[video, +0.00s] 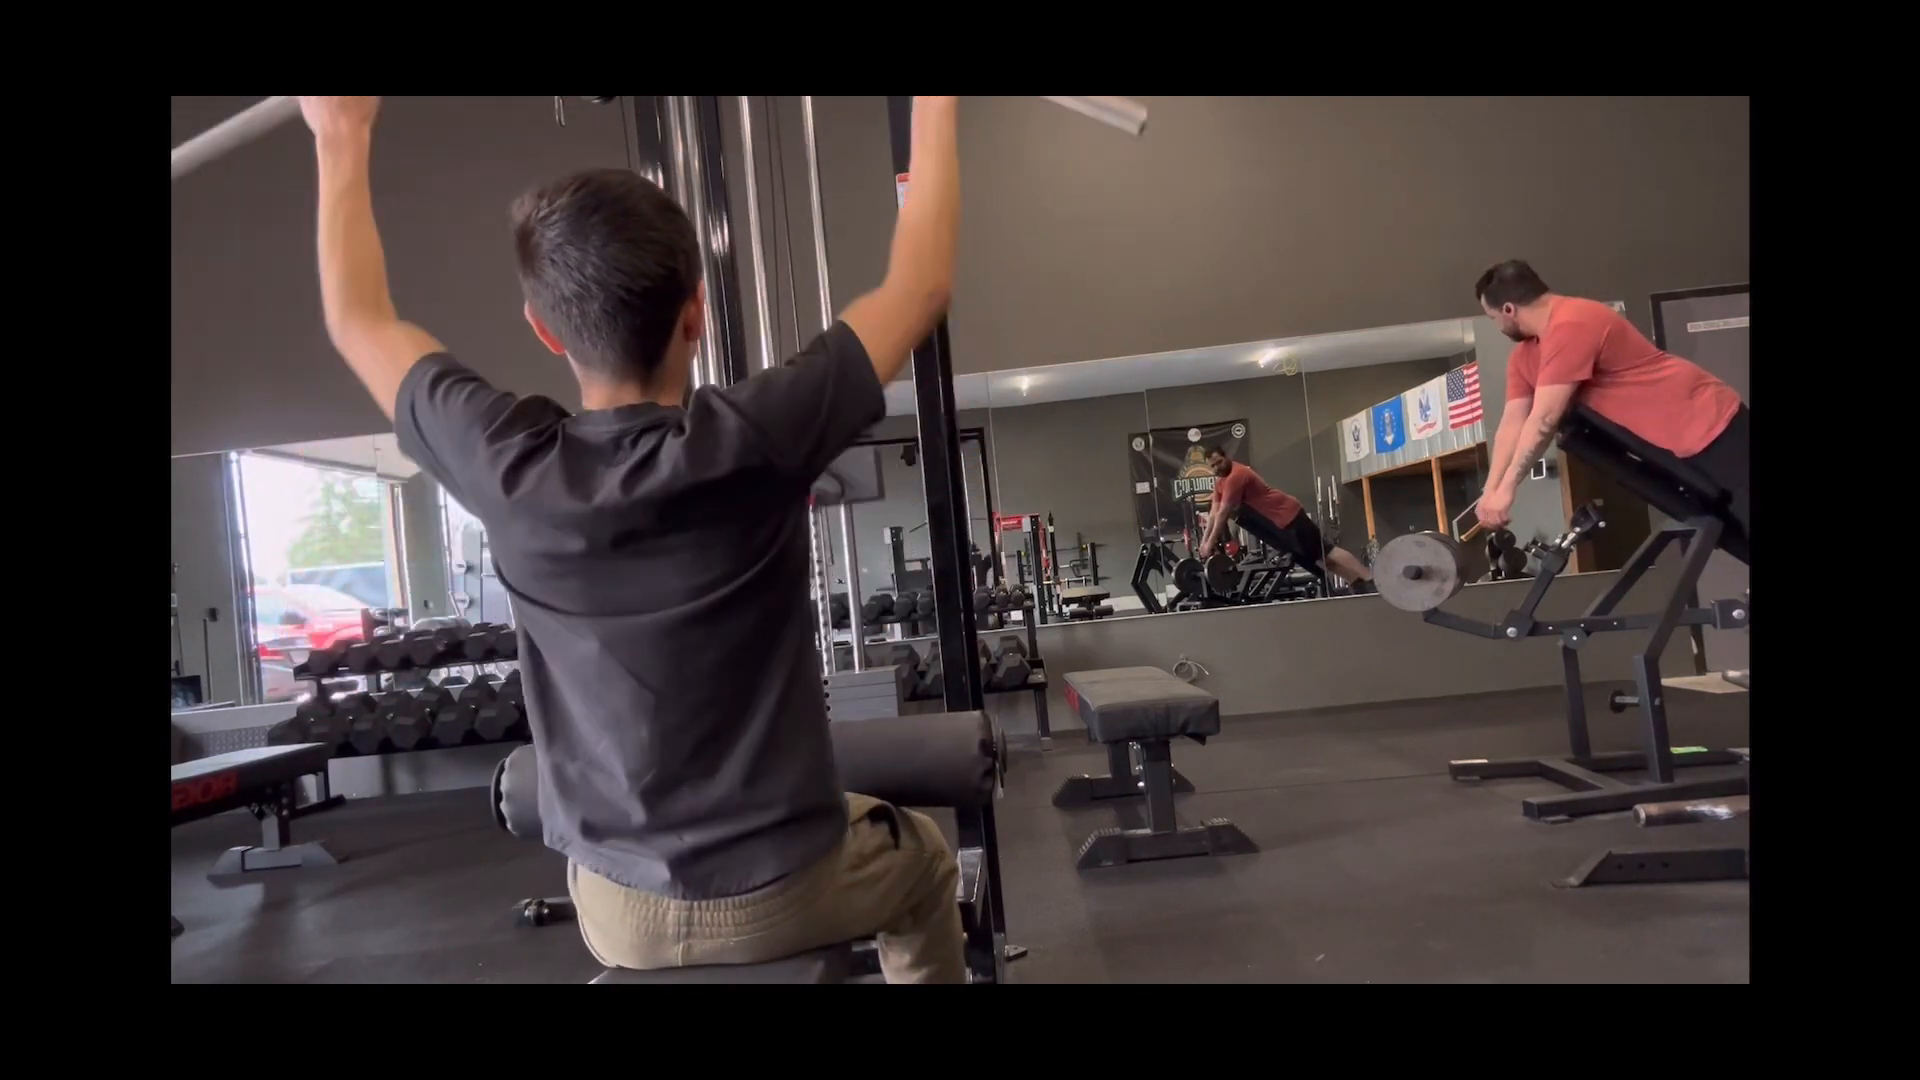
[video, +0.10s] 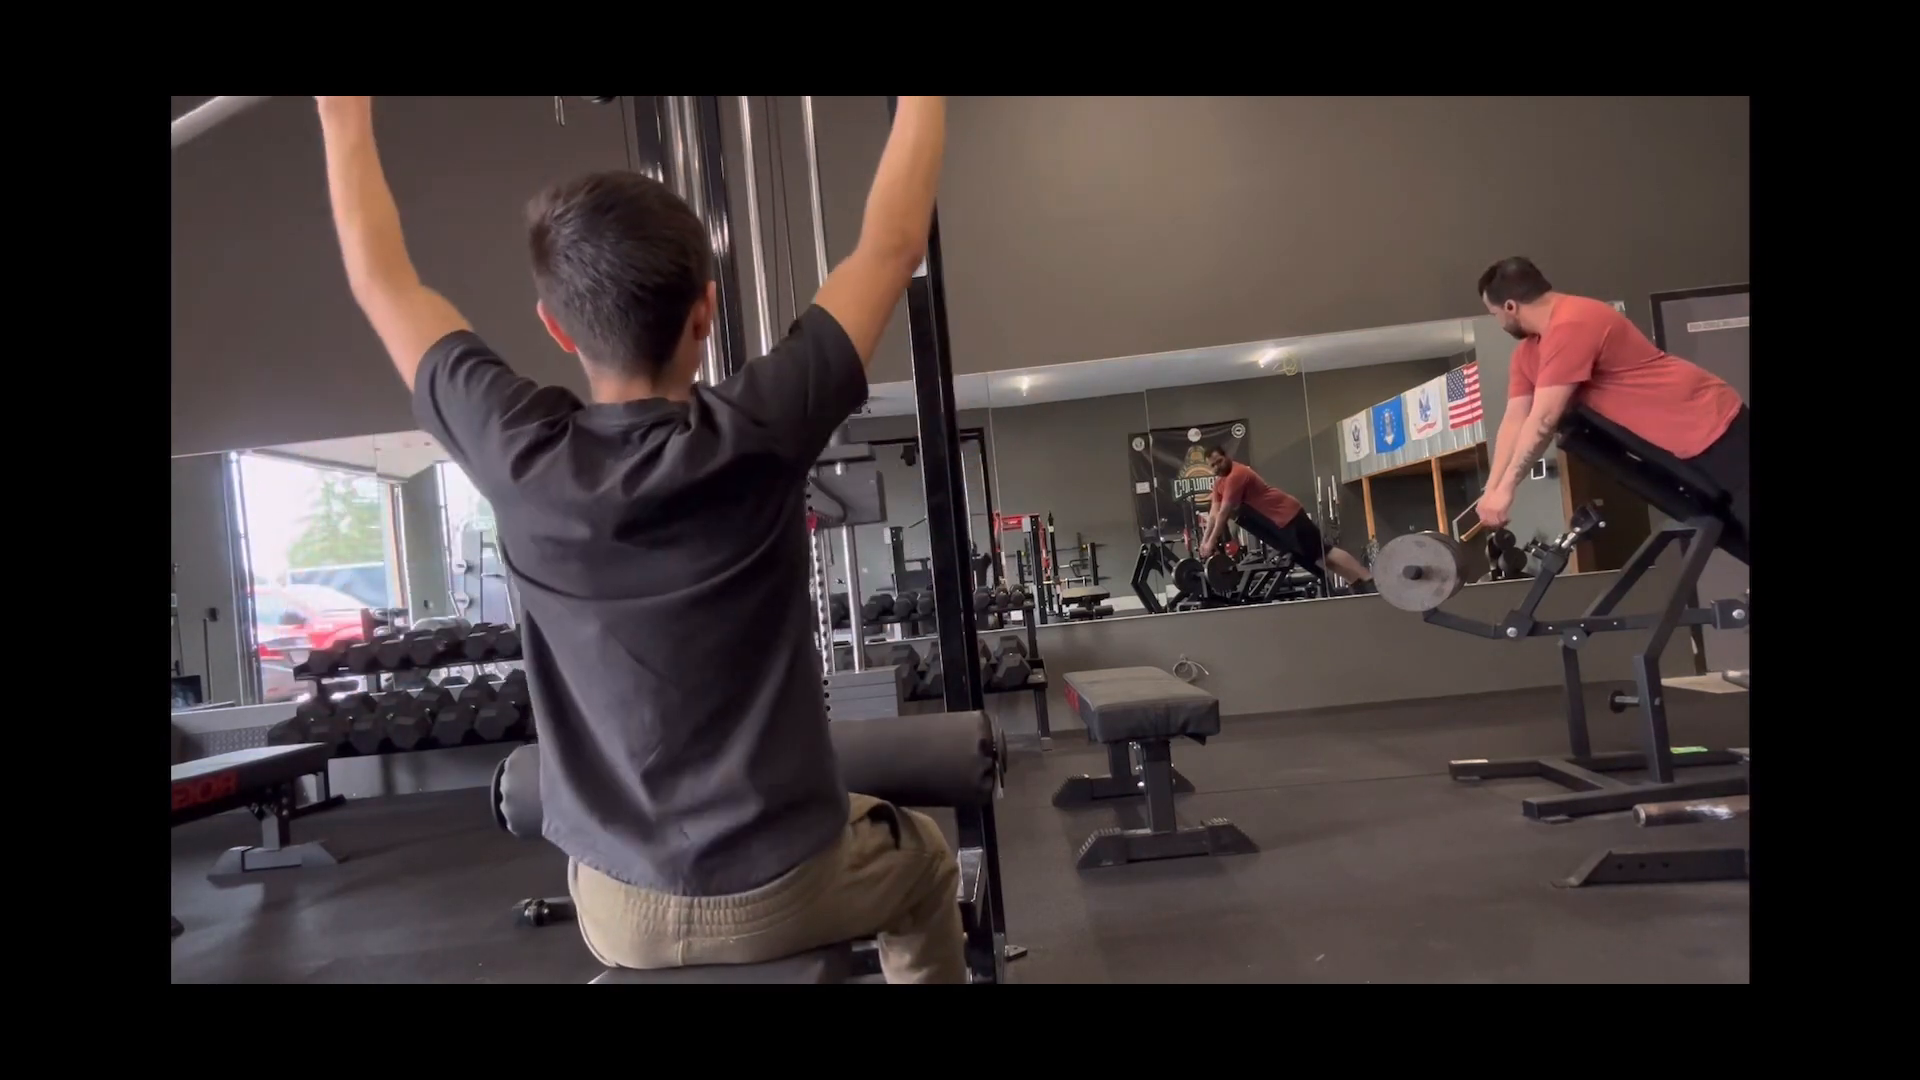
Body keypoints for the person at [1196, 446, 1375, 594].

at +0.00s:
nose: (1216, 466)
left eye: (1219, 461)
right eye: (1212, 464)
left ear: (1226, 458)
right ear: (1210, 467)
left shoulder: (1237, 475)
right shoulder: (1220, 482)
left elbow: (1224, 512)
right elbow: (1214, 512)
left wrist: (1211, 540)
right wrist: (1206, 539)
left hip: (1290, 514)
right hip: (1279, 525)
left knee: (1326, 551)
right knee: (1319, 558)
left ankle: (1370, 578)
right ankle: (1356, 583)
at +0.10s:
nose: (1217, 465)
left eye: (1219, 460)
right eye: (1212, 464)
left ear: (1227, 457)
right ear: (1210, 467)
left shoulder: (1238, 474)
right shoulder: (1219, 483)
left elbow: (1224, 512)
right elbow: (1214, 512)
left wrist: (1212, 541)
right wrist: (1206, 540)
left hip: (1289, 514)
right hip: (1278, 525)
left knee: (1325, 551)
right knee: (1318, 558)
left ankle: (1369, 579)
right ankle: (1356, 584)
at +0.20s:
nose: (1217, 465)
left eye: (1219, 460)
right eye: (1212, 464)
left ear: (1226, 457)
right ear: (1210, 467)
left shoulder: (1238, 474)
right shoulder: (1219, 483)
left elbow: (1225, 512)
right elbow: (1214, 512)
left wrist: (1212, 541)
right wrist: (1206, 540)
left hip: (1289, 513)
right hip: (1278, 524)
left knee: (1324, 552)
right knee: (1317, 559)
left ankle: (1367, 580)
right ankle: (1355, 584)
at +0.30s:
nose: (1217, 465)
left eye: (1219, 460)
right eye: (1212, 464)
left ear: (1226, 457)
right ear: (1210, 467)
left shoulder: (1237, 474)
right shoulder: (1219, 483)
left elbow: (1225, 511)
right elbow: (1214, 513)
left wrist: (1212, 542)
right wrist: (1206, 540)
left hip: (1289, 513)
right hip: (1278, 524)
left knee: (1324, 552)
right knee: (1317, 559)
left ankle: (1367, 581)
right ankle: (1355, 584)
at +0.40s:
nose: (1217, 465)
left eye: (1218, 460)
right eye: (1212, 464)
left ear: (1226, 457)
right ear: (1210, 467)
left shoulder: (1238, 474)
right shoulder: (1219, 484)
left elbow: (1226, 511)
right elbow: (1215, 512)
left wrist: (1213, 542)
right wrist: (1207, 540)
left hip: (1290, 514)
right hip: (1279, 525)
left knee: (1325, 552)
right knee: (1319, 559)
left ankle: (1368, 582)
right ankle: (1355, 584)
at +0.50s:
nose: (1217, 465)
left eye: (1219, 460)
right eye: (1212, 464)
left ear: (1226, 457)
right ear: (1210, 468)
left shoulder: (1238, 474)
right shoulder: (1219, 484)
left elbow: (1226, 511)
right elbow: (1216, 512)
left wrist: (1213, 542)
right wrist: (1207, 540)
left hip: (1290, 513)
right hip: (1279, 525)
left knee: (1325, 550)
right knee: (1318, 558)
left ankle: (1368, 582)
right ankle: (1355, 584)